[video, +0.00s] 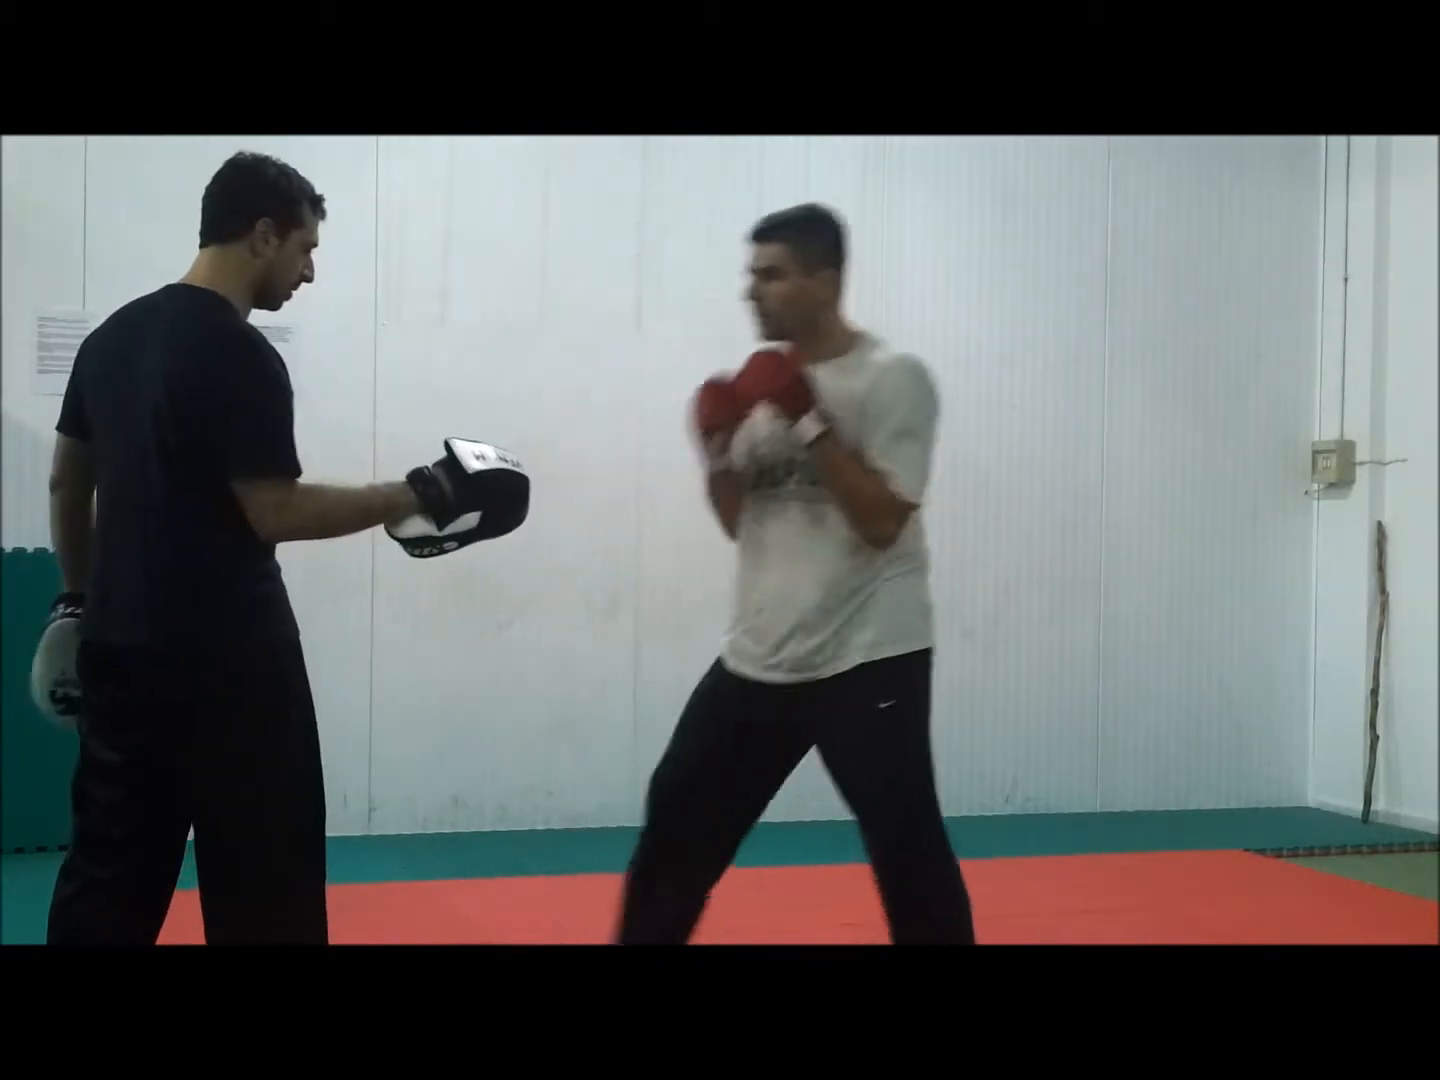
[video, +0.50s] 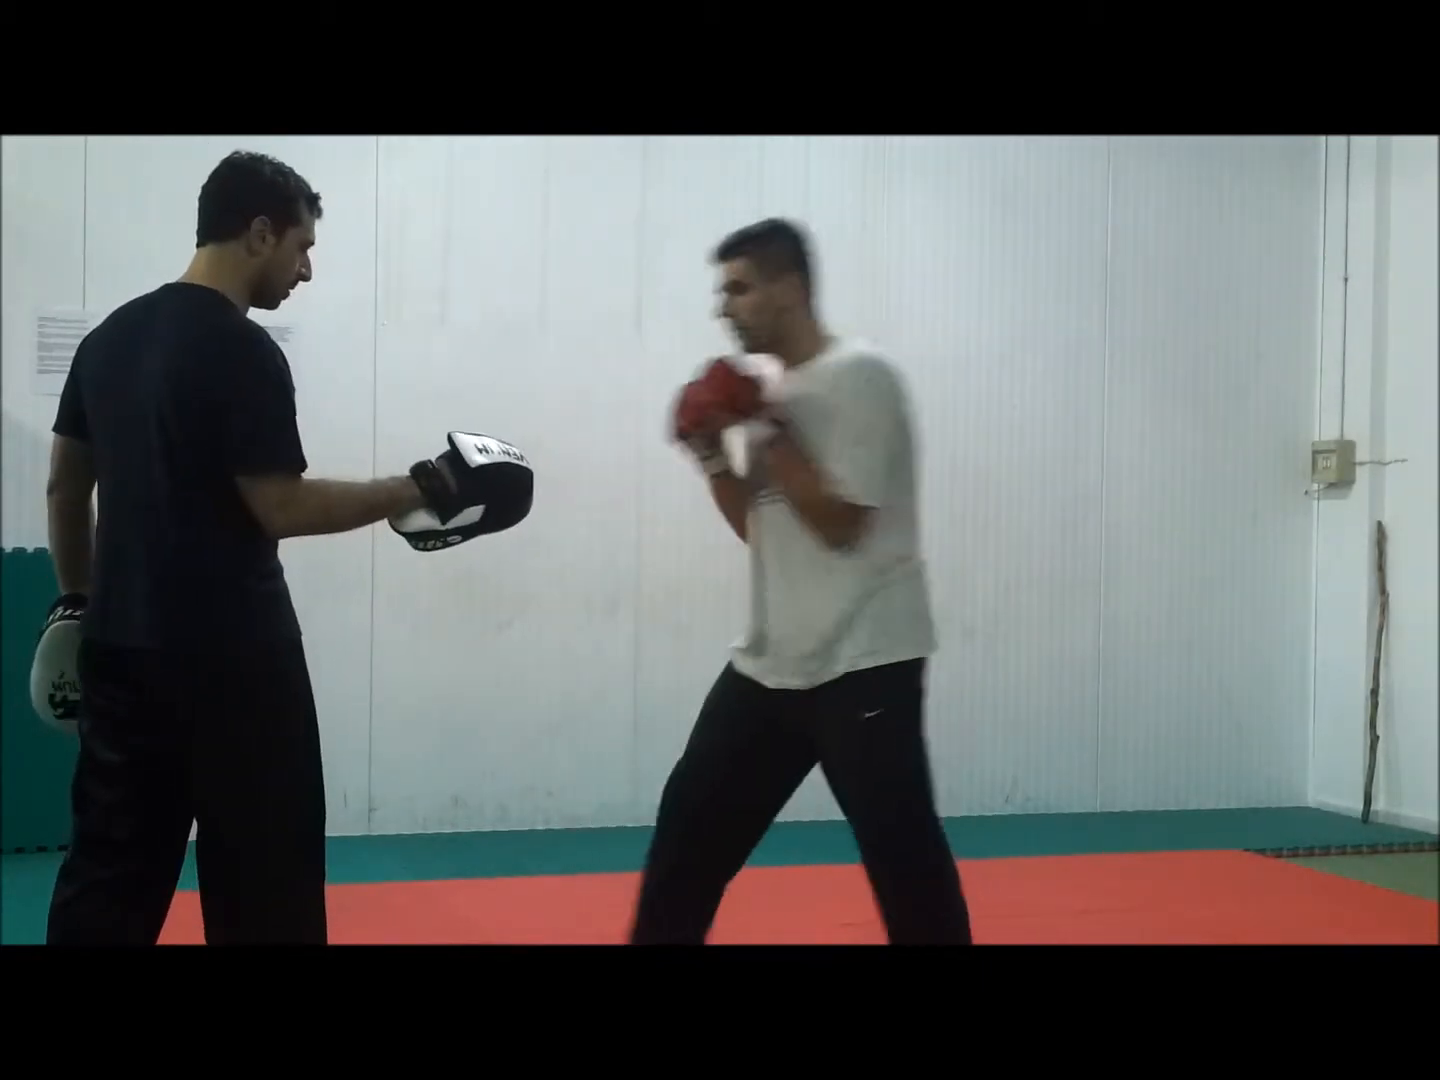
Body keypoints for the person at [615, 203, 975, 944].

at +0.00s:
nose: (751, 291)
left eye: (769, 274)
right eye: (750, 276)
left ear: (826, 278)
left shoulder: (894, 379)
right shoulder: (760, 385)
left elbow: (884, 522)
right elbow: (739, 524)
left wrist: (808, 417)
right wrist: (717, 446)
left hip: (870, 657)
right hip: (762, 656)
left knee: (909, 851)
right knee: (678, 823)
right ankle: (641, 943)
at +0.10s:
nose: (783, 290)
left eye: (801, 273)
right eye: (782, 273)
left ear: (859, 277)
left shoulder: (924, 377)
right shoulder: (784, 378)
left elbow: (903, 520)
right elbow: (748, 512)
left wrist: (840, 411)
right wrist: (749, 424)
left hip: (890, 651)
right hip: (782, 650)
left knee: (917, 839)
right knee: (717, 819)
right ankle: (710, 945)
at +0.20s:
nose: (793, 293)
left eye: (811, 276)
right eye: (791, 276)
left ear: (870, 282)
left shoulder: (933, 383)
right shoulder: (788, 382)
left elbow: (916, 527)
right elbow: (755, 516)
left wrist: (850, 420)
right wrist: (759, 431)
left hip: (899, 649)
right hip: (794, 649)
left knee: (921, 841)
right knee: (727, 822)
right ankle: (722, 950)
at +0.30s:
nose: (783, 300)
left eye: (801, 282)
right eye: (781, 284)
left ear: (858, 286)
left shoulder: (928, 387)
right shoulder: (791, 386)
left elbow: (913, 531)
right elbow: (761, 524)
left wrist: (840, 425)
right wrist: (757, 438)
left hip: (896, 658)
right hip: (791, 654)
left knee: (921, 849)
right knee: (714, 816)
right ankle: (711, 949)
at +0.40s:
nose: (758, 303)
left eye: (774, 285)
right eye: (757, 286)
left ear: (830, 286)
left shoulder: (905, 385)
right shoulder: (780, 389)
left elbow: (889, 530)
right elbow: (759, 528)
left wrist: (818, 429)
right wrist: (738, 446)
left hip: (883, 663)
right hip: (784, 658)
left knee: (919, 863)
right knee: (699, 818)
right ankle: (692, 948)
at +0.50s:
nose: (723, 307)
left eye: (737, 289)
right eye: (721, 292)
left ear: (791, 287)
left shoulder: (862, 377)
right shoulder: (772, 398)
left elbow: (841, 528)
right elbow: (760, 532)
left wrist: (768, 432)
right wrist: (710, 452)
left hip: (867, 660)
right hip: (776, 658)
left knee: (904, 855)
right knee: (690, 829)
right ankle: (656, 947)